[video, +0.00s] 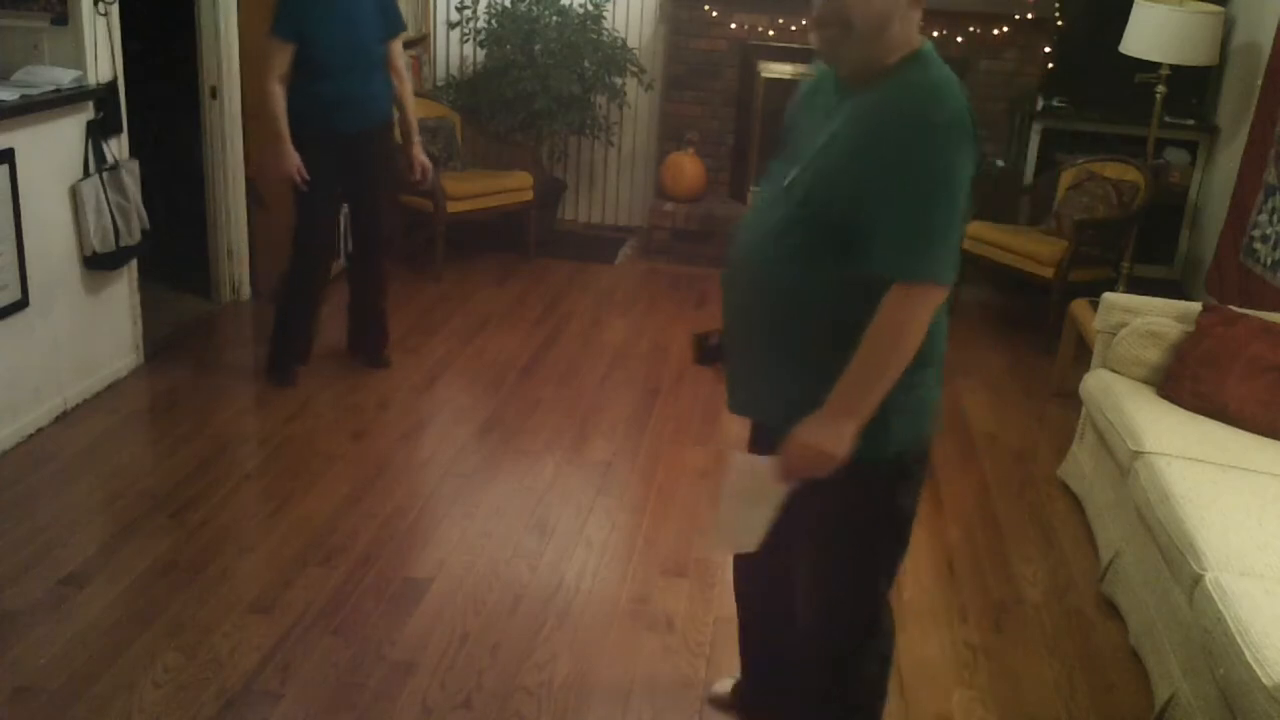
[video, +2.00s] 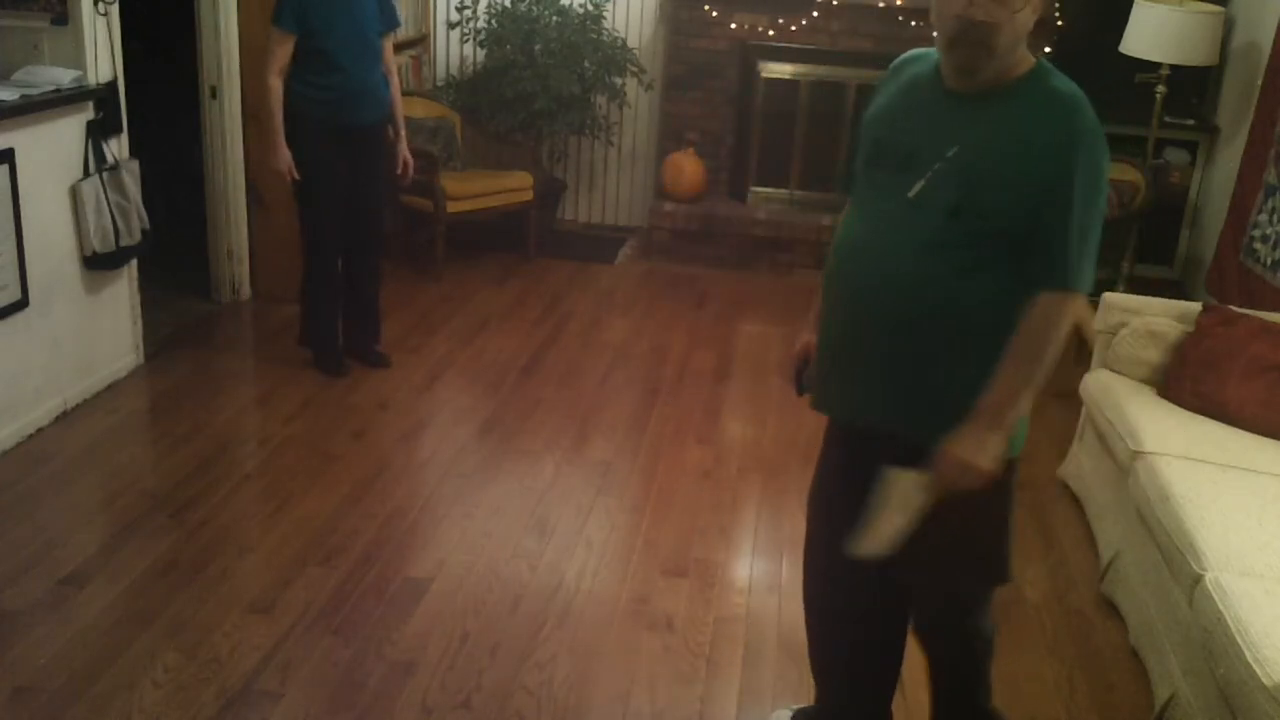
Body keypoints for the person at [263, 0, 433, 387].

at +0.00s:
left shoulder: (383, 6)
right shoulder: (298, 8)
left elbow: (399, 72)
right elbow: (275, 77)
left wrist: (414, 142)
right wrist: (285, 146)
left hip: (373, 140)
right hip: (318, 143)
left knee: (373, 245)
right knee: (313, 249)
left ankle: (370, 343)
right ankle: (286, 357)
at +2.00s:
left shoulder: (379, 6)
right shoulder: (296, 6)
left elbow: (389, 69)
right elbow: (274, 73)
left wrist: (400, 137)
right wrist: (279, 144)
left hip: (370, 133)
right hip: (317, 135)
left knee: (367, 240)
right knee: (322, 242)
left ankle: (363, 340)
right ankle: (323, 345)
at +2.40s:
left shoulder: (378, 6)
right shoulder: (295, 7)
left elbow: (388, 70)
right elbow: (274, 73)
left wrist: (399, 137)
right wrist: (278, 145)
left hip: (369, 132)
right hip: (315, 133)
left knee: (367, 239)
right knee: (322, 240)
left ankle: (363, 339)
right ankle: (323, 345)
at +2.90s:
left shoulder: (379, 6)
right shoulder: (296, 6)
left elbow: (389, 70)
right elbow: (276, 73)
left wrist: (399, 137)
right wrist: (280, 146)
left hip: (370, 132)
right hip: (317, 134)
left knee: (367, 239)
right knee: (322, 241)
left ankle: (363, 339)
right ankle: (323, 345)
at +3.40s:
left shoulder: (380, 6)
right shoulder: (297, 7)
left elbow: (390, 71)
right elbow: (277, 74)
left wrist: (396, 137)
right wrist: (281, 147)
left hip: (370, 132)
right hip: (317, 133)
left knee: (367, 238)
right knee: (323, 240)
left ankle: (363, 339)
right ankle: (323, 344)